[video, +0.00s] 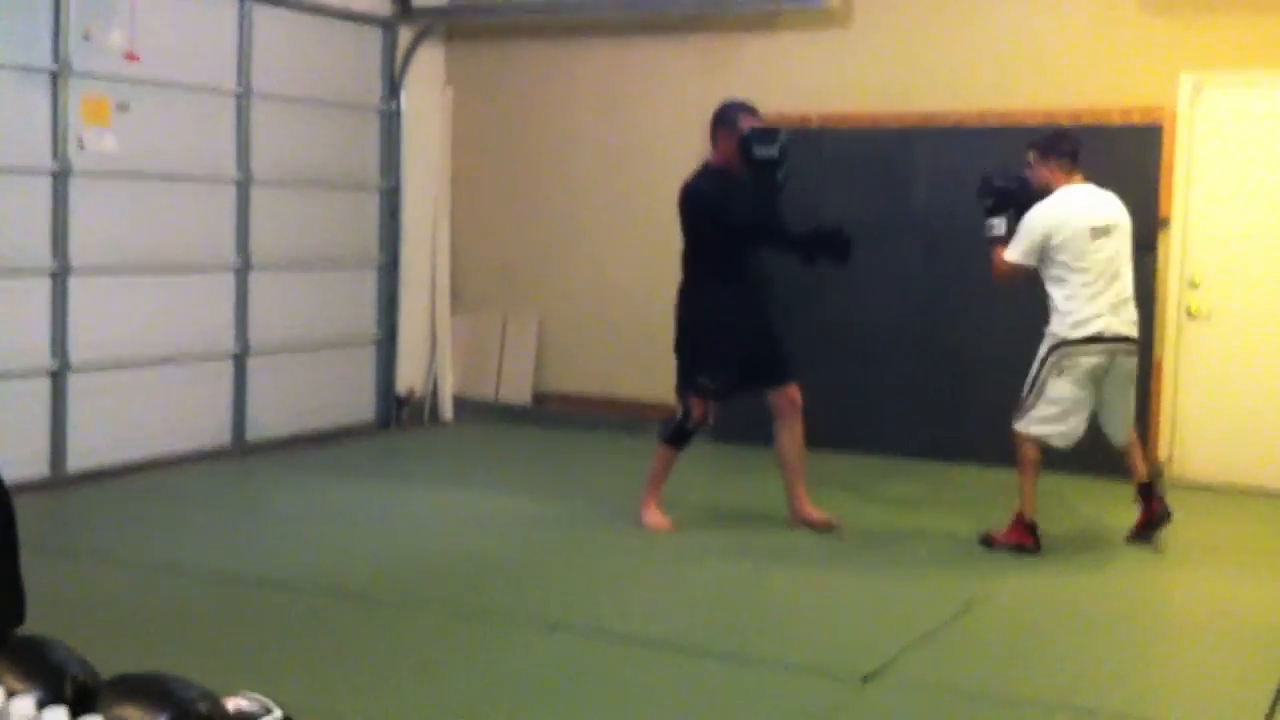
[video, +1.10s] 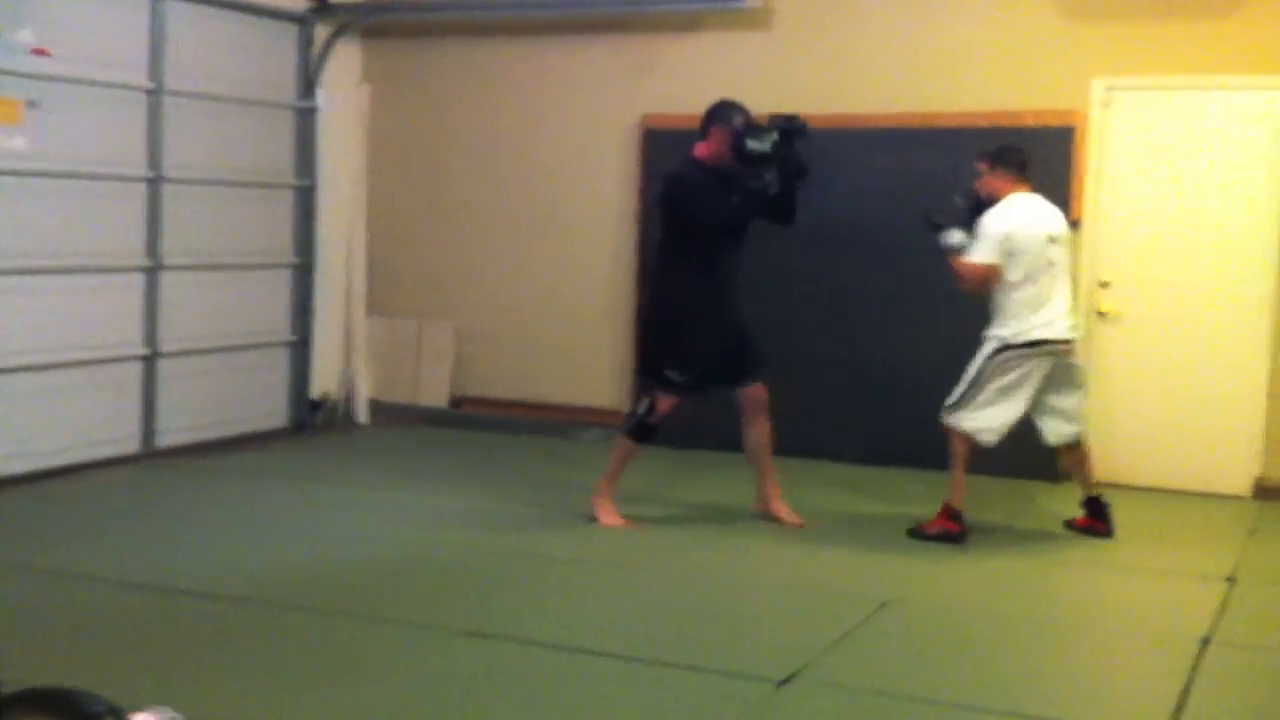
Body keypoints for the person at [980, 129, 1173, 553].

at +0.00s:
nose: (1032, 174)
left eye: (1034, 166)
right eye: (1032, 166)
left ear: (1049, 165)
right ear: (1072, 162)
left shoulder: (1046, 212)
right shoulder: (1115, 204)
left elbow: (1004, 268)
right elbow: (1084, 249)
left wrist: (997, 225)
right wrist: (1036, 208)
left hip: (1074, 338)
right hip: (1124, 338)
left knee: (1029, 428)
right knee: (1122, 426)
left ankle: (1025, 523)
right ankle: (1151, 499)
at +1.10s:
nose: (979, 183)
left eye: (982, 175)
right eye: (979, 175)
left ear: (997, 174)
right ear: (1022, 173)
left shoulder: (1000, 217)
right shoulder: (1054, 214)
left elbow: (974, 277)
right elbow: (1029, 267)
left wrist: (954, 246)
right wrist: (983, 227)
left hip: (1016, 339)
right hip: (1060, 337)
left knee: (959, 420)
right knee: (1069, 430)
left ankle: (952, 514)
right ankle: (1096, 510)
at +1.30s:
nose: (936, 197)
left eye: (941, 189)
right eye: (937, 189)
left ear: (962, 189)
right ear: (975, 190)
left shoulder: (957, 225)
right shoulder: (997, 228)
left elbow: (930, 271)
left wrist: (910, 245)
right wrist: (927, 246)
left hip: (965, 343)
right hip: (1012, 342)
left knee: (895, 412)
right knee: (1035, 429)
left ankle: (897, 499)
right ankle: (1057, 505)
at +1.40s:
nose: (911, 215)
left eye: (912, 209)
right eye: (911, 209)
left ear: (922, 206)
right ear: (949, 205)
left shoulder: (923, 233)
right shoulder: (976, 241)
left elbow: (875, 242)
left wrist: (850, 220)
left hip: (945, 362)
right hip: (995, 361)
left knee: (865, 421)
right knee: (1023, 433)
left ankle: (852, 506)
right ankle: (1048, 508)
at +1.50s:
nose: (855, 235)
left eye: (856, 227)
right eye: (853, 229)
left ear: (872, 220)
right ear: (889, 219)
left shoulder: (882, 249)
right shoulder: (919, 255)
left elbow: (811, 253)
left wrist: (789, 203)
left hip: (922, 380)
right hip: (953, 374)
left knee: (836, 429)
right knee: (964, 446)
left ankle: (817, 520)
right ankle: (1028, 499)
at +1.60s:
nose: (816, 251)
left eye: (818, 241)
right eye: (814, 244)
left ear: (838, 234)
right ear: (843, 233)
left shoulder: (870, 263)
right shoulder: (864, 261)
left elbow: (823, 307)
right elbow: (827, 294)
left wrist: (796, 276)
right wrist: (803, 273)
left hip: (907, 378)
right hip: (914, 376)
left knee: (815, 426)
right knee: (927, 453)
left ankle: (803, 520)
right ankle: (1005, 490)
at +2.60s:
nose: (807, 200)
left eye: (807, 193)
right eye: (807, 193)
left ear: (814, 192)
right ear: (844, 188)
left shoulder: (818, 236)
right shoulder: (882, 226)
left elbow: (778, 281)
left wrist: (768, 251)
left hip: (853, 355)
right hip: (901, 355)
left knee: (792, 432)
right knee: (916, 441)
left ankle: (790, 526)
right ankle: (945, 513)